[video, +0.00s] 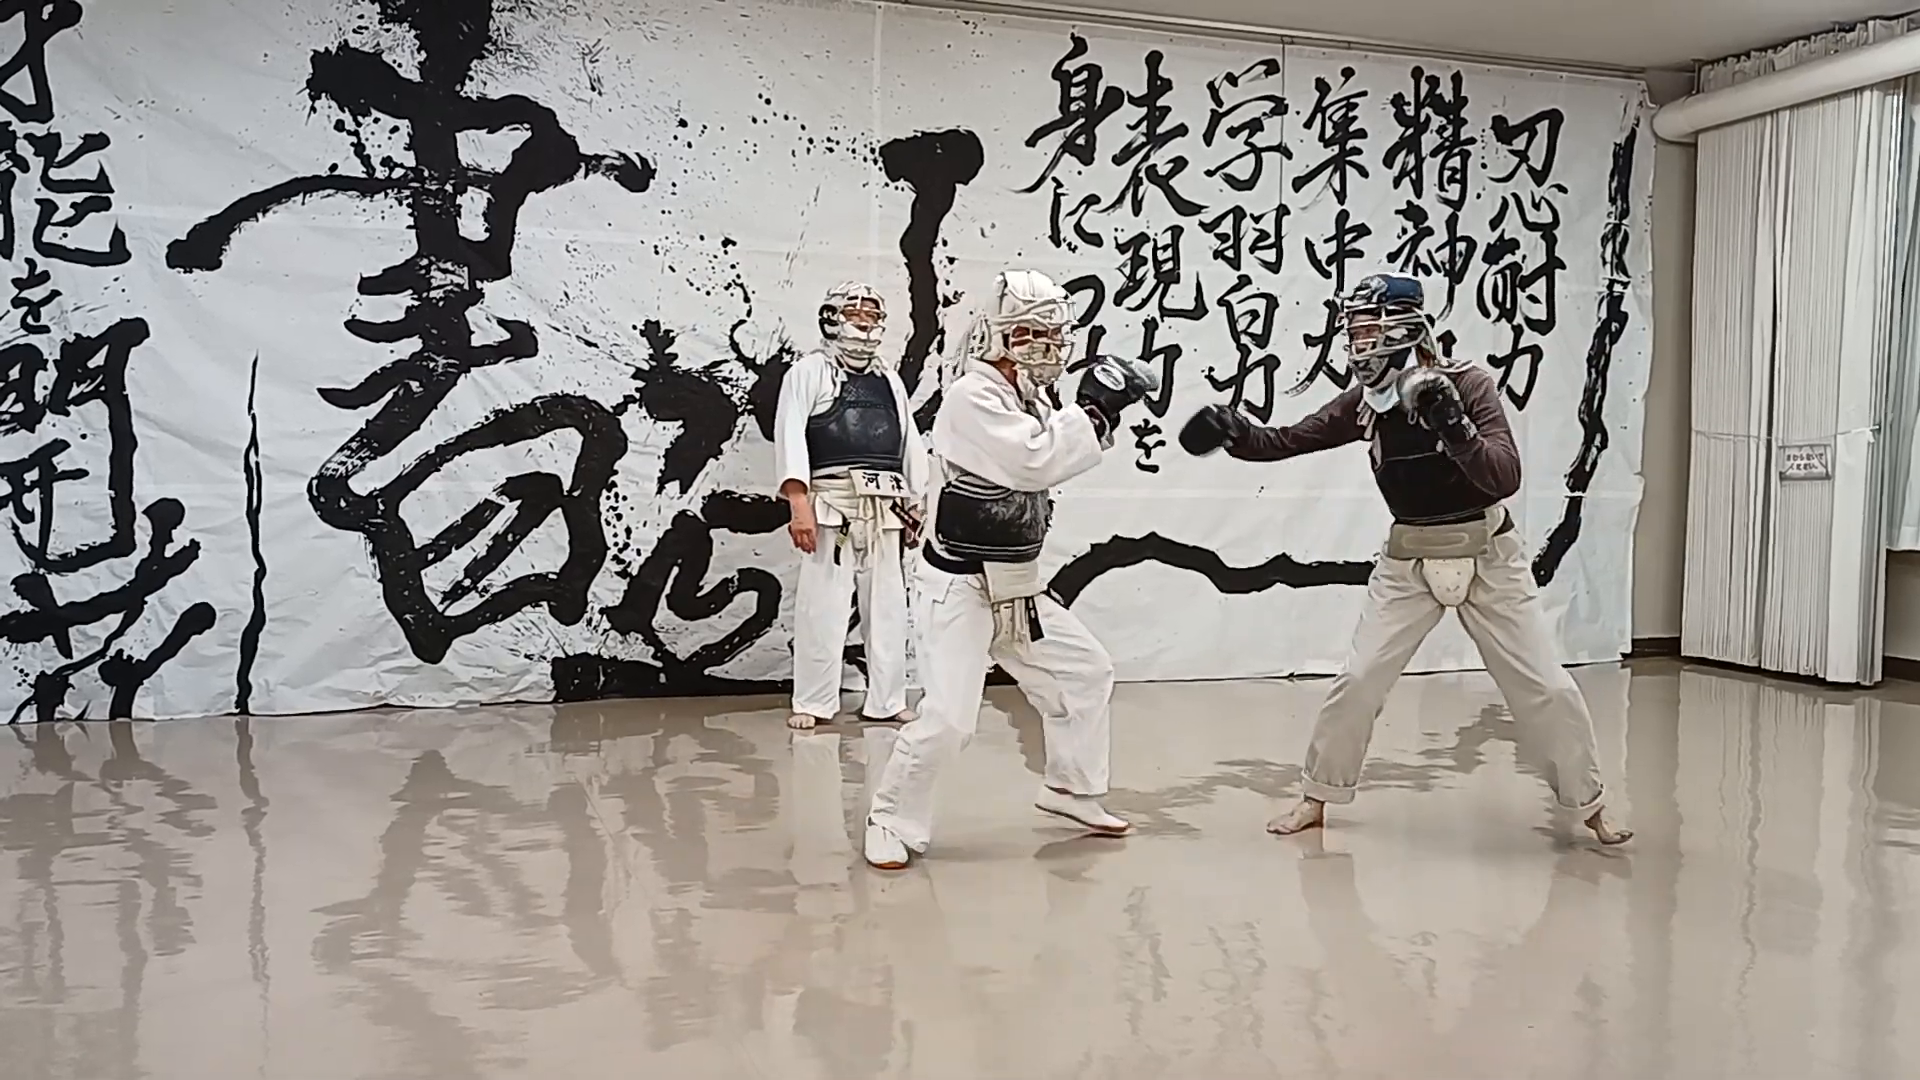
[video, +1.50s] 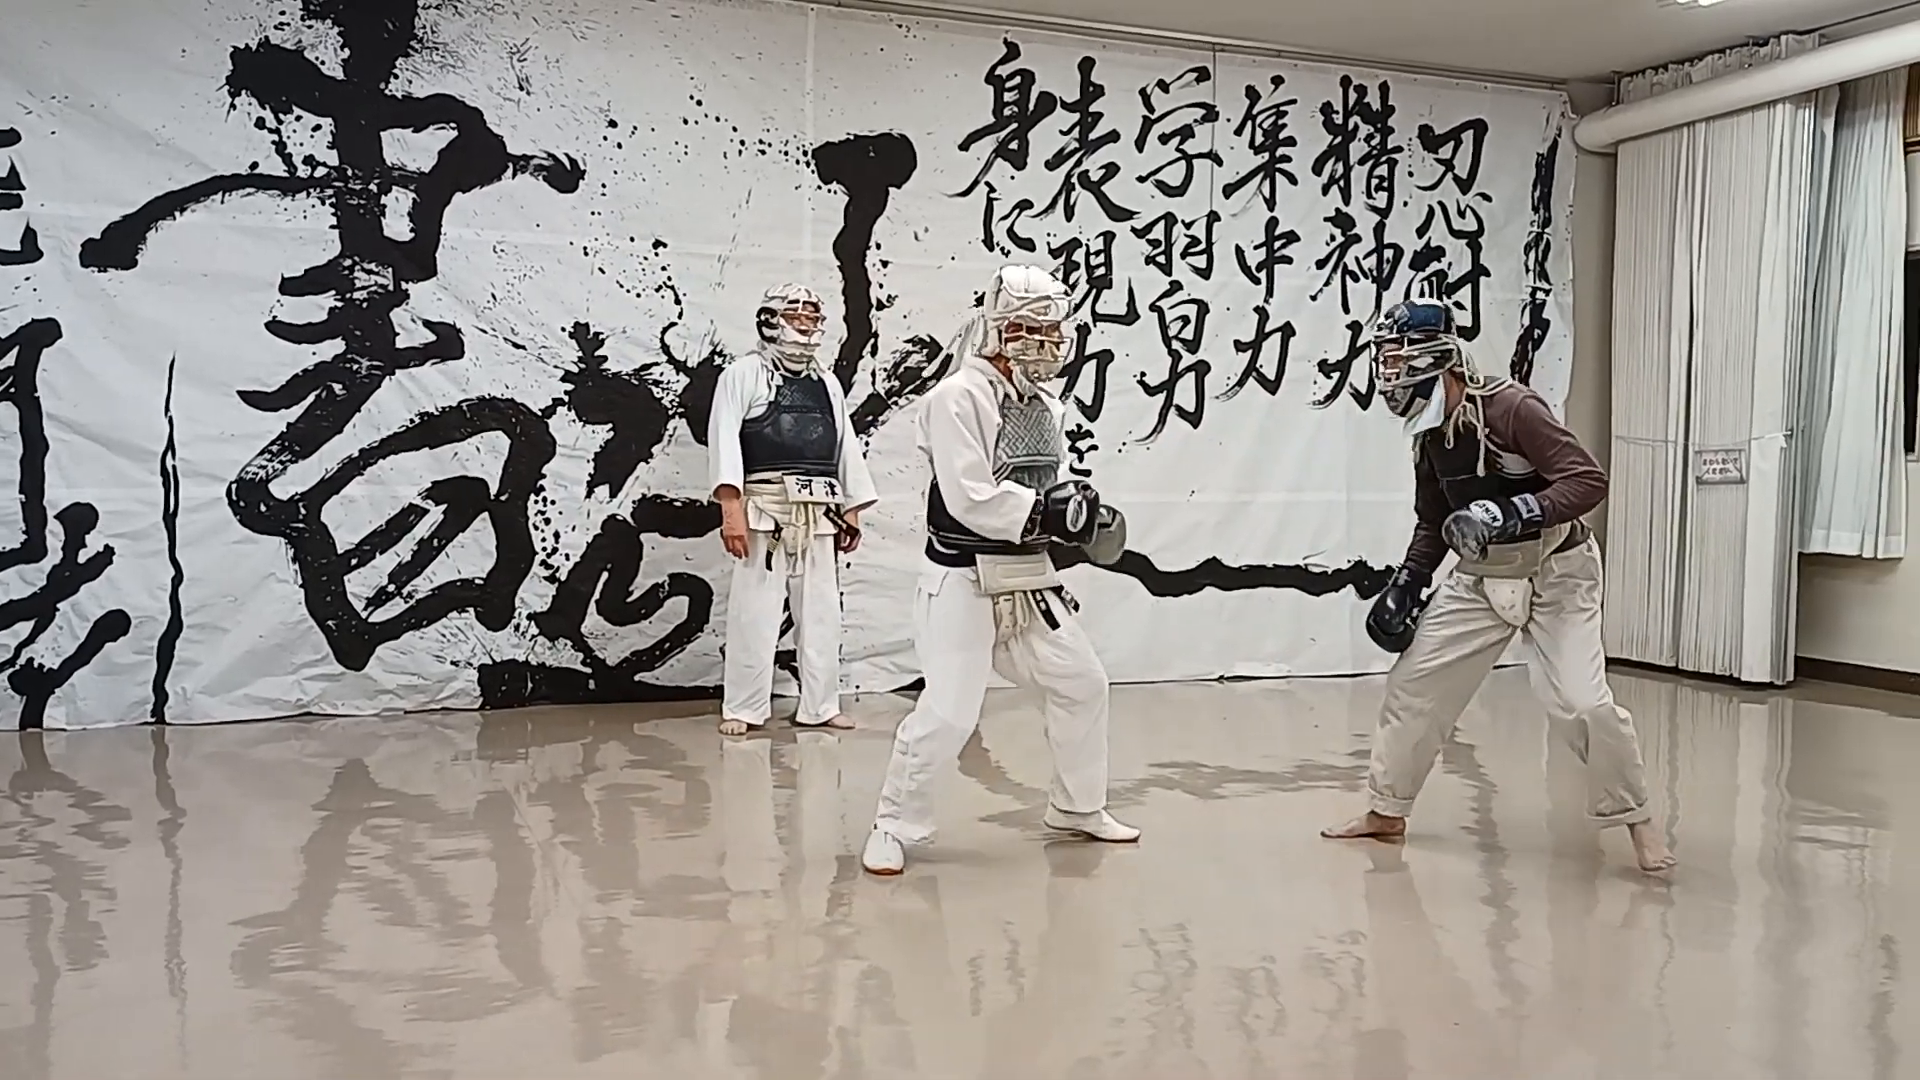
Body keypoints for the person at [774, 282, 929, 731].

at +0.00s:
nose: (863, 325)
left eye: (871, 318)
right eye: (854, 315)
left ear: (880, 326)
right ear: (832, 319)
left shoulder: (889, 378)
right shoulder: (809, 370)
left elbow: (910, 443)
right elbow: (790, 437)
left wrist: (917, 502)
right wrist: (799, 505)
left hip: (886, 505)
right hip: (827, 503)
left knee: (888, 608)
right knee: (821, 608)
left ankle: (886, 702)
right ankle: (814, 705)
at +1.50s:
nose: (806, 325)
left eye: (813, 318)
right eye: (796, 316)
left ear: (819, 326)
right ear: (772, 320)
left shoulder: (827, 381)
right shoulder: (743, 373)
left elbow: (846, 447)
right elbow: (724, 443)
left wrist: (853, 509)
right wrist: (731, 510)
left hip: (819, 510)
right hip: (760, 509)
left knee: (821, 614)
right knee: (753, 614)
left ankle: (819, 707)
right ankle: (743, 711)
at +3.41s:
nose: (739, 322)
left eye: (746, 316)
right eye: (729, 313)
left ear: (753, 323)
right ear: (706, 316)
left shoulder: (762, 378)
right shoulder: (677, 371)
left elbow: (782, 445)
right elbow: (658, 442)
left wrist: (788, 509)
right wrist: (665, 509)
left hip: (756, 510)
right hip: (695, 509)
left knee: (757, 614)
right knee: (688, 615)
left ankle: (754, 709)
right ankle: (678, 713)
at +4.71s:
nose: (672, 319)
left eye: (680, 313)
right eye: (662, 311)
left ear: (688, 321)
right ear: (641, 316)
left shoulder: (703, 377)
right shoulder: (615, 369)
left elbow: (724, 445)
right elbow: (595, 438)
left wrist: (729, 510)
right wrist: (601, 506)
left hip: (694, 509)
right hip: (631, 508)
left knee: (695, 615)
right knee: (624, 616)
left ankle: (692, 709)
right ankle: (614, 714)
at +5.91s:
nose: (616, 324)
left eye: (624, 318)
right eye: (606, 315)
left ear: (635, 326)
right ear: (585, 320)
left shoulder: (649, 381)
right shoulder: (558, 373)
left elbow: (670, 447)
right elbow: (537, 440)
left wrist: (675, 510)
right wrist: (539, 506)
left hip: (639, 512)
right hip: (574, 509)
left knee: (639, 616)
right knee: (567, 616)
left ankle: (635, 712)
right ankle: (558, 715)